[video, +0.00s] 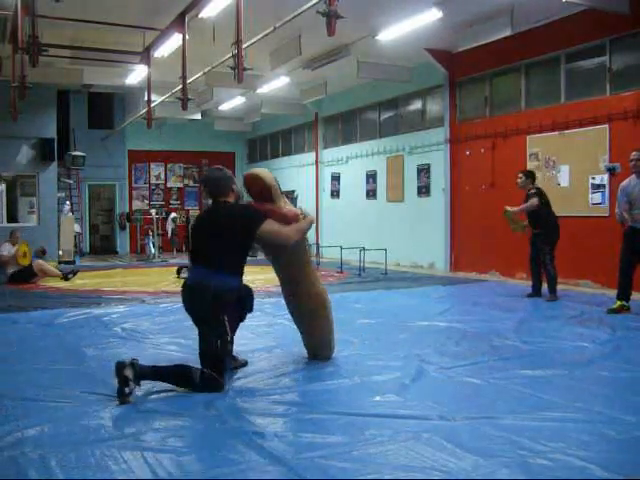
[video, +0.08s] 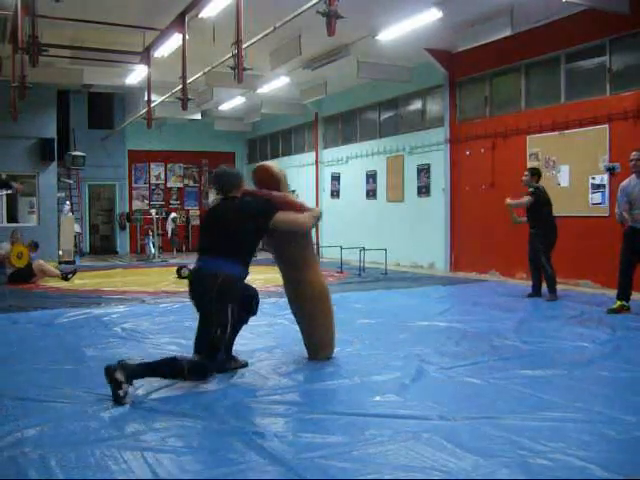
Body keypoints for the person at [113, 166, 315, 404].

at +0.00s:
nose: (237, 189)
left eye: (234, 186)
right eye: (235, 186)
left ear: (207, 193)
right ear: (232, 191)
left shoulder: (199, 222)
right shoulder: (244, 215)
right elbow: (289, 236)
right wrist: (308, 221)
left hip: (194, 294)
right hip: (221, 298)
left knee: (244, 296)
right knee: (213, 380)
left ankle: (224, 357)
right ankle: (137, 371)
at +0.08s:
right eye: (243, 184)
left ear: (217, 190)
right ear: (242, 186)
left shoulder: (211, 213)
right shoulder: (255, 208)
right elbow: (303, 222)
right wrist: (315, 212)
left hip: (200, 282)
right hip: (224, 288)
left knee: (249, 297)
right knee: (206, 365)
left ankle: (222, 356)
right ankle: (127, 372)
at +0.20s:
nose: (260, 177)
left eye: (255, 175)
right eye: (258, 174)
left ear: (234, 180)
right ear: (256, 176)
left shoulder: (223, 201)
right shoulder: (268, 195)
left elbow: (216, 237)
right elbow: (317, 214)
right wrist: (326, 209)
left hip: (209, 265)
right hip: (233, 269)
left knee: (254, 299)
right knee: (214, 342)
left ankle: (223, 358)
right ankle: (140, 368)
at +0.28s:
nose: (273, 167)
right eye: (272, 163)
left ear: (250, 166)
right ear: (272, 164)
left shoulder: (238, 186)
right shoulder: (282, 186)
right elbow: (332, 209)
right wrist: (337, 207)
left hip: (216, 251)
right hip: (240, 254)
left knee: (251, 303)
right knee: (255, 327)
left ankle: (225, 356)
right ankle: (195, 344)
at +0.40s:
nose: (291, 163)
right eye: (291, 159)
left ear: (268, 162)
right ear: (290, 160)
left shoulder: (256, 180)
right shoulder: (297, 181)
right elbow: (341, 206)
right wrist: (350, 217)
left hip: (226, 243)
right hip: (254, 246)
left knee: (258, 302)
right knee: (304, 291)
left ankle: (224, 354)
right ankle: (262, 344)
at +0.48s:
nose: (309, 162)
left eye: (307, 159)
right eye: (308, 159)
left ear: (285, 162)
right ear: (306, 161)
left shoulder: (274, 179)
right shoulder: (314, 181)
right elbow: (354, 209)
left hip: (243, 239)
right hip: (273, 241)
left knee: (260, 303)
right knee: (323, 278)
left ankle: (224, 352)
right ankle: (347, 341)